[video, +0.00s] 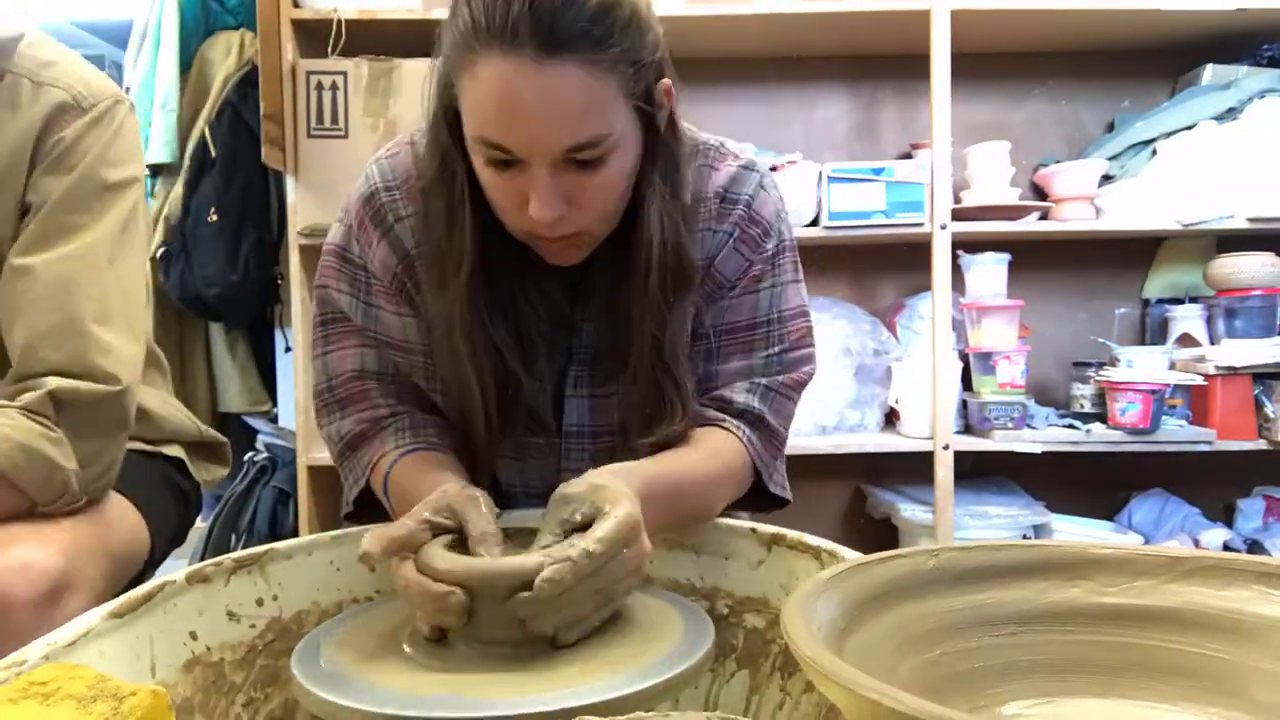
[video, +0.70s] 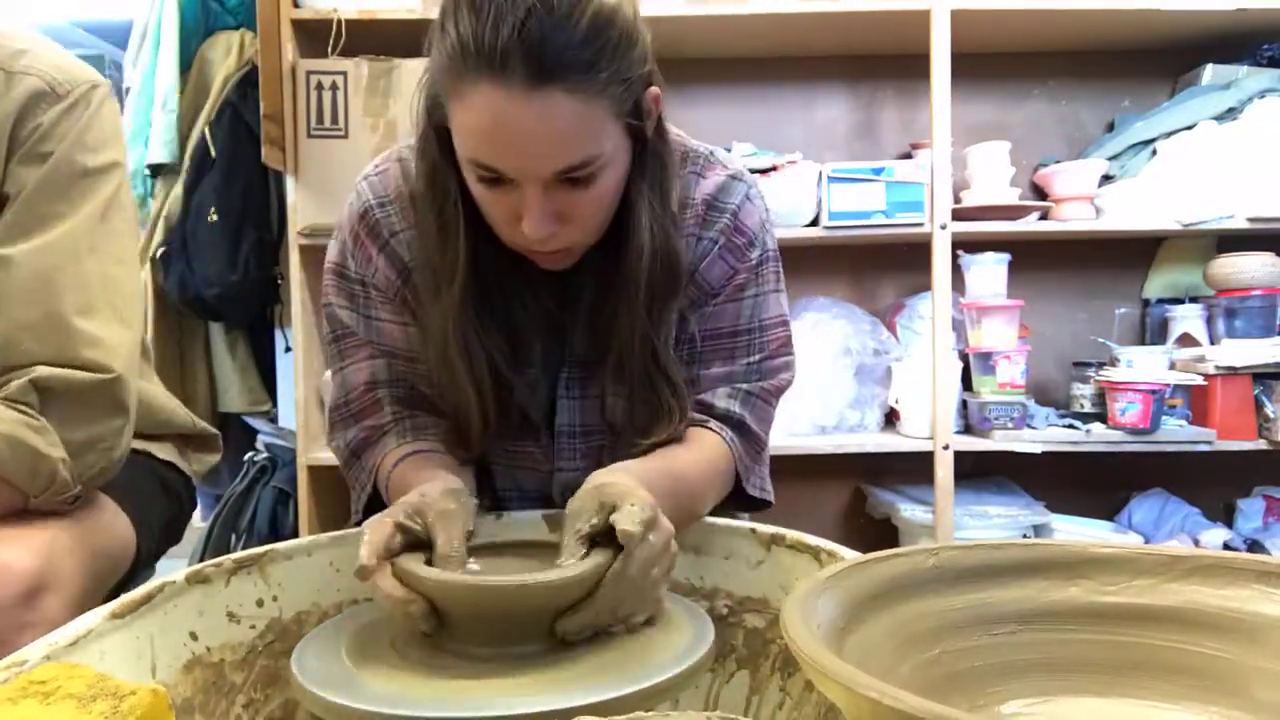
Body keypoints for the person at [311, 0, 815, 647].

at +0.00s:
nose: (544, 209)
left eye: (587, 162)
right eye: (501, 162)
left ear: (657, 112)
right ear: (457, 125)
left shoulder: (733, 203)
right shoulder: (394, 206)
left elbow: (745, 430)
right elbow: (371, 403)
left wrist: (637, 494)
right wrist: (440, 497)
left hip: (668, 572)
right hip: (466, 569)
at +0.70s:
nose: (535, 224)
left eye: (577, 178)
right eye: (492, 179)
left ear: (645, 120)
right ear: (448, 136)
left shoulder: (717, 210)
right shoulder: (388, 216)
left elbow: (734, 420)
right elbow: (383, 406)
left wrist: (653, 490)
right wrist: (430, 488)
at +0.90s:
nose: (599, 138)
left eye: (647, 107)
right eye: (571, 87)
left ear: (690, 103)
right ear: (518, 67)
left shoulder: (725, 212)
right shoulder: (408, 212)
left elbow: (734, 411)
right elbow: (397, 405)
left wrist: (657, 505)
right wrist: (439, 482)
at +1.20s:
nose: (537, 197)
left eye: (579, 153)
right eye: (495, 152)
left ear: (647, 107)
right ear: (454, 119)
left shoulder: (720, 222)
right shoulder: (391, 223)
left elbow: (756, 439)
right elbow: (396, 418)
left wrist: (668, 503)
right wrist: (395, 499)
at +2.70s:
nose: (525, 213)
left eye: (567, 165)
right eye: (483, 166)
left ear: (639, 116)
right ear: (441, 130)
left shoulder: (720, 231)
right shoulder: (374, 233)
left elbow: (756, 443)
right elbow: (357, 418)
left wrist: (682, 478)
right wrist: (374, 486)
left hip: (642, 612)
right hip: (445, 613)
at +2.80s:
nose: (490, 103)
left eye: (525, 59)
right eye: (451, 72)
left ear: (597, 53)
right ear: (425, 82)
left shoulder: (701, 218)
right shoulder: (383, 235)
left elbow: (742, 423)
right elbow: (390, 414)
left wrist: (668, 491)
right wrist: (392, 494)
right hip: (460, 612)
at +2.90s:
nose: (496, 99)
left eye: (531, 55)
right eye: (457, 67)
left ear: (603, 51)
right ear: (427, 78)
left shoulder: (705, 221)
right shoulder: (380, 234)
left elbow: (743, 425)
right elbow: (394, 421)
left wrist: (682, 480)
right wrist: (376, 493)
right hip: (458, 609)